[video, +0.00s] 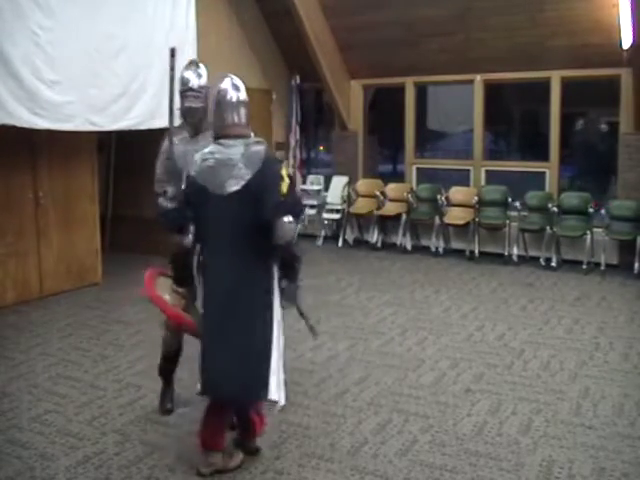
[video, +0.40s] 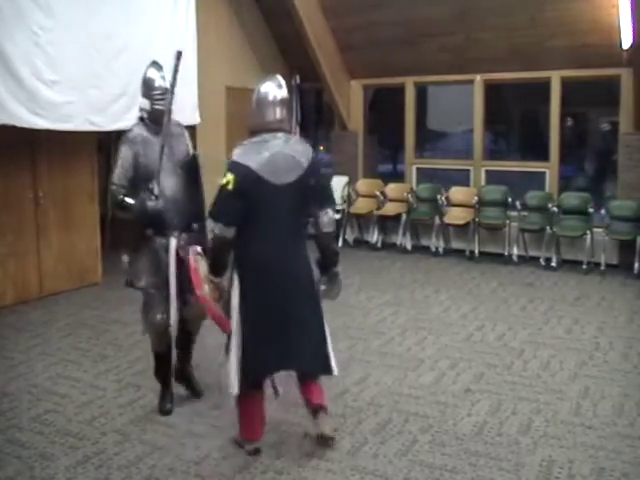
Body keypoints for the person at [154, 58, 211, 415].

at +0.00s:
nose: (192, 102)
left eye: (198, 95)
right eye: (187, 95)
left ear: (210, 100)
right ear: (179, 99)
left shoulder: (221, 142)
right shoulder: (171, 143)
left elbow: (233, 183)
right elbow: (164, 188)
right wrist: (176, 212)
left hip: (219, 231)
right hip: (184, 232)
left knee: (216, 307)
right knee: (179, 305)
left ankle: (216, 377)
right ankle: (167, 383)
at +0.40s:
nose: (160, 102)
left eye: (164, 95)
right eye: (154, 96)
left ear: (170, 98)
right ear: (144, 99)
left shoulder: (181, 135)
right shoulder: (134, 140)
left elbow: (195, 185)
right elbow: (116, 193)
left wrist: (199, 227)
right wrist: (144, 210)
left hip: (186, 237)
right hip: (151, 240)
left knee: (194, 308)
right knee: (157, 317)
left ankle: (184, 367)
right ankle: (165, 386)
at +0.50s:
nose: (156, 102)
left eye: (160, 96)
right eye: (149, 96)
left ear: (166, 98)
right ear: (138, 98)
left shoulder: (174, 136)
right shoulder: (128, 140)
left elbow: (191, 185)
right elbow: (111, 194)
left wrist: (198, 224)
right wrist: (138, 206)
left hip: (179, 236)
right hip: (145, 239)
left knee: (182, 311)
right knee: (155, 320)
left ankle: (151, 345)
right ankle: (165, 386)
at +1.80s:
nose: (183, 105)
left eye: (186, 99)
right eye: (176, 99)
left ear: (188, 101)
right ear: (160, 101)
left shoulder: (178, 139)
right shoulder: (150, 140)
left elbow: (178, 185)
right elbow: (135, 198)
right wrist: (176, 202)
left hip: (180, 230)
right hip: (152, 233)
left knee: (196, 298)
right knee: (147, 307)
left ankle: (198, 366)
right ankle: (138, 371)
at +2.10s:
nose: (210, 109)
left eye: (214, 103)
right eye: (204, 102)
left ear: (217, 104)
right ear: (189, 103)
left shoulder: (205, 138)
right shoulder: (177, 138)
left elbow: (207, 189)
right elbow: (165, 197)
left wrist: (219, 224)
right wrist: (203, 199)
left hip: (207, 233)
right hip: (179, 236)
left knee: (218, 303)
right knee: (172, 309)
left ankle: (214, 371)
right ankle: (144, 367)